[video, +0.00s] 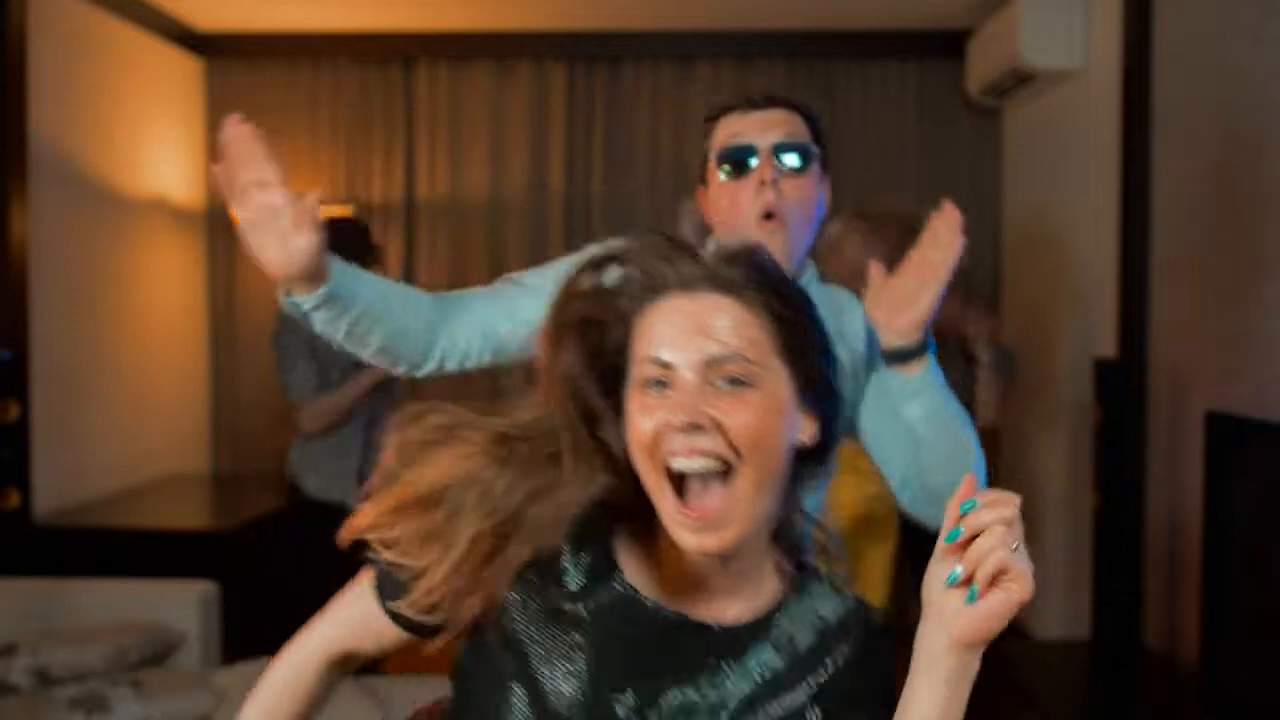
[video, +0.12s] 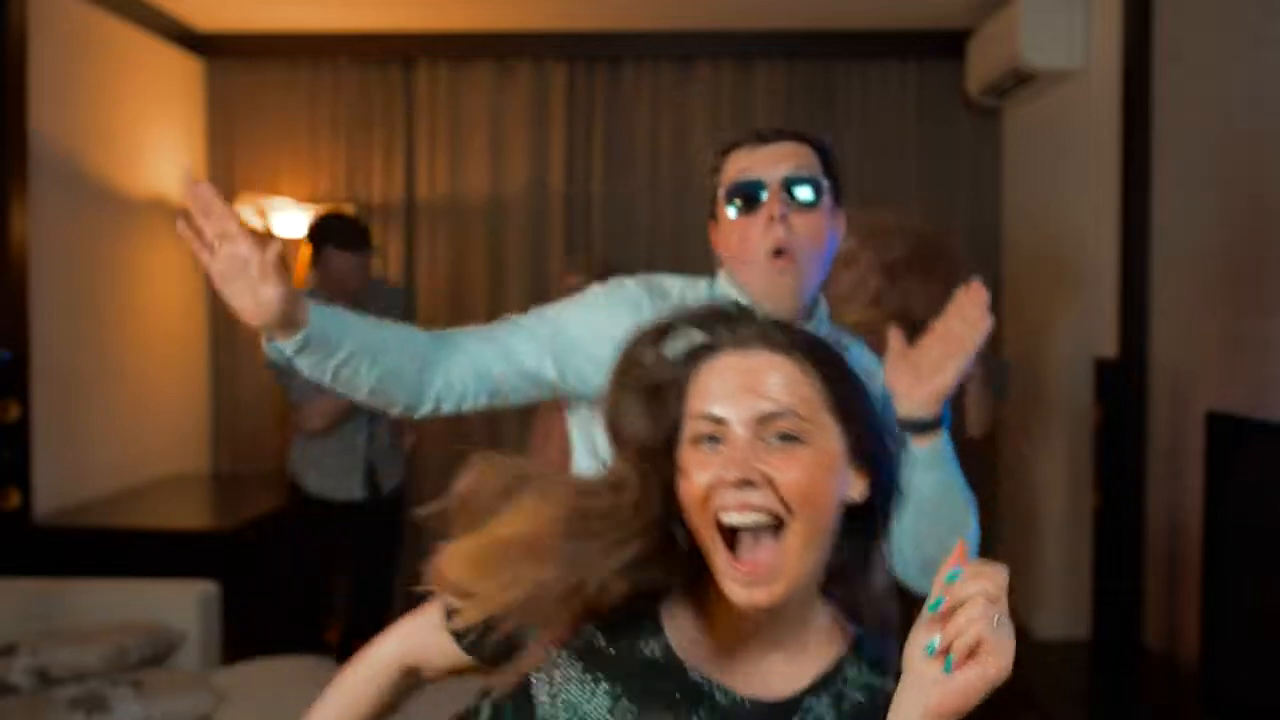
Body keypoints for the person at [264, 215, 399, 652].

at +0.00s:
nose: (372, 277)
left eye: (372, 267)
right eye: (361, 266)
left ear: (370, 269)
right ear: (335, 269)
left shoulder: (376, 325)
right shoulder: (300, 325)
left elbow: (387, 411)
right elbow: (308, 419)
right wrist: (377, 370)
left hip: (369, 495)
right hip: (320, 499)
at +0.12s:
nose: (362, 271)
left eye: (365, 259)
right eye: (351, 260)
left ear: (372, 259)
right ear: (321, 263)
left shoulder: (387, 308)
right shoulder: (294, 324)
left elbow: (406, 376)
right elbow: (311, 417)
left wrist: (406, 412)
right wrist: (372, 377)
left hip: (384, 477)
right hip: (323, 482)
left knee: (376, 590)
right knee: (316, 588)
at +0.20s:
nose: (360, 272)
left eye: (365, 261)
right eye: (348, 263)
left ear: (372, 260)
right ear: (318, 263)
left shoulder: (388, 307)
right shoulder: (301, 315)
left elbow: (408, 377)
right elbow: (309, 422)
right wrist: (374, 358)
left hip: (383, 467)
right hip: (322, 468)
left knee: (373, 583)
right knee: (313, 576)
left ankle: (352, 671)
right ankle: (304, 667)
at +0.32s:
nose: (348, 273)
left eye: (357, 261)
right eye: (336, 260)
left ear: (370, 262)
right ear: (314, 262)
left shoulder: (390, 308)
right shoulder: (296, 329)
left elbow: (399, 373)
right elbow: (305, 428)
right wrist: (367, 365)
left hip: (384, 479)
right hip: (323, 480)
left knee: (382, 590)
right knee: (320, 584)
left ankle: (361, 670)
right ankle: (312, 666)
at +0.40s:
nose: (348, 257)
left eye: (355, 245)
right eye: (336, 247)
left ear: (371, 251)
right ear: (319, 256)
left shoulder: (388, 316)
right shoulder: (301, 324)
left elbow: (408, 395)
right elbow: (300, 431)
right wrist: (358, 399)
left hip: (389, 490)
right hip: (326, 492)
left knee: (398, 605)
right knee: (331, 607)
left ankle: (359, 686)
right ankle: (314, 688)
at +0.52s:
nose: (377, 288)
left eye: (379, 275)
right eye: (365, 277)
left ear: (382, 270)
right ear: (333, 274)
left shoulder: (384, 323)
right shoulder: (304, 331)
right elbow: (292, 440)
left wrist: (419, 433)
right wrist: (359, 424)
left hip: (387, 486)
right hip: (327, 491)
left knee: (418, 590)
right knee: (333, 601)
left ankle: (375, 677)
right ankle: (316, 682)